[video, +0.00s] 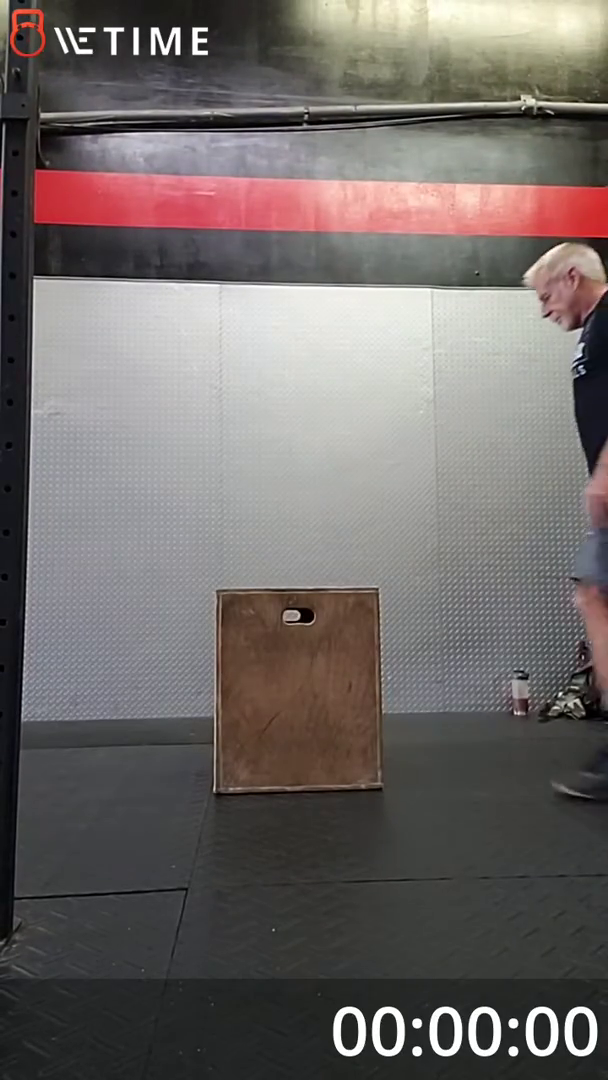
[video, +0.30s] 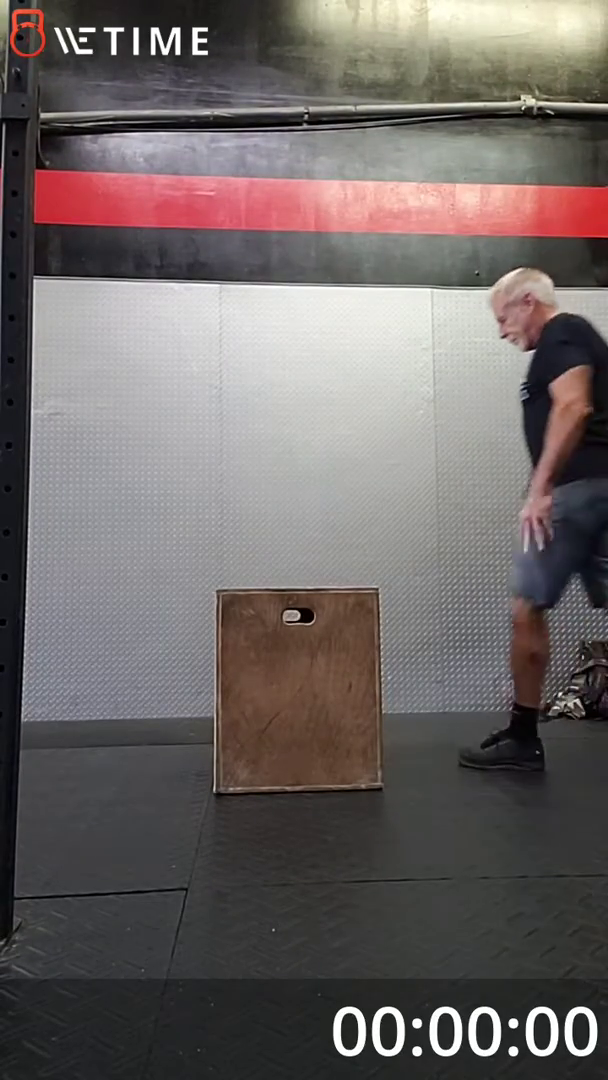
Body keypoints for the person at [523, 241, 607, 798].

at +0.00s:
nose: (545, 311)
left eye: (547, 299)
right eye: (542, 302)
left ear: (574, 281)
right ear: (572, 284)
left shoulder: (600, 328)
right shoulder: (591, 332)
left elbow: (599, 413)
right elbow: (597, 412)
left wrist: (599, 474)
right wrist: (595, 476)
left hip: (602, 483)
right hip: (600, 482)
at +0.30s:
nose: (503, 331)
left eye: (505, 319)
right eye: (500, 323)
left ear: (531, 304)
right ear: (532, 307)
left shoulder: (561, 334)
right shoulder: (575, 334)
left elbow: (572, 406)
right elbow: (578, 410)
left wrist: (541, 487)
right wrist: (546, 487)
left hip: (577, 490)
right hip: (592, 488)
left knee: (526, 607)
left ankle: (523, 735)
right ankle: (521, 733)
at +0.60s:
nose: (438, 345)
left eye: (438, 333)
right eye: (435, 336)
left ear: (460, 319)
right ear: (465, 319)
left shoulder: (487, 347)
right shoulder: (519, 347)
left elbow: (496, 421)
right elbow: (540, 431)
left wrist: (472, 500)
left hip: (508, 491)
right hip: (536, 489)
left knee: (487, 608)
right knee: (512, 604)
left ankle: (518, 738)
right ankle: (585, 677)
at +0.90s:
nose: (390, 370)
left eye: (390, 360)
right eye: (386, 363)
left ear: (409, 344)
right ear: (411, 346)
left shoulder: (439, 368)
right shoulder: (462, 371)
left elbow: (442, 434)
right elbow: (485, 450)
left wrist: (399, 498)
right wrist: (488, 515)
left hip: (461, 501)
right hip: (476, 500)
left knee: (473, 610)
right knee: (454, 612)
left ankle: (520, 736)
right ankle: (444, 709)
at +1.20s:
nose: (350, 383)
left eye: (350, 373)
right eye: (347, 376)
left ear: (372, 360)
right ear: (371, 362)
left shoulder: (398, 386)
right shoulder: (404, 386)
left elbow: (416, 444)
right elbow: (416, 451)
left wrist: (396, 512)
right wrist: (394, 509)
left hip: (416, 510)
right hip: (430, 508)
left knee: (390, 608)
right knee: (419, 612)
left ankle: (468, 693)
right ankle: (432, 716)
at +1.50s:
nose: (306, 386)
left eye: (308, 377)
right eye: (303, 379)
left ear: (332, 367)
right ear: (325, 372)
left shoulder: (358, 393)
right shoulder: (344, 404)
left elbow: (386, 451)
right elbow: (361, 462)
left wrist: (378, 515)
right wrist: (346, 515)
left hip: (357, 524)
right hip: (370, 520)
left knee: (338, 624)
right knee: (399, 617)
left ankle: (336, 725)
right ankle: (429, 712)